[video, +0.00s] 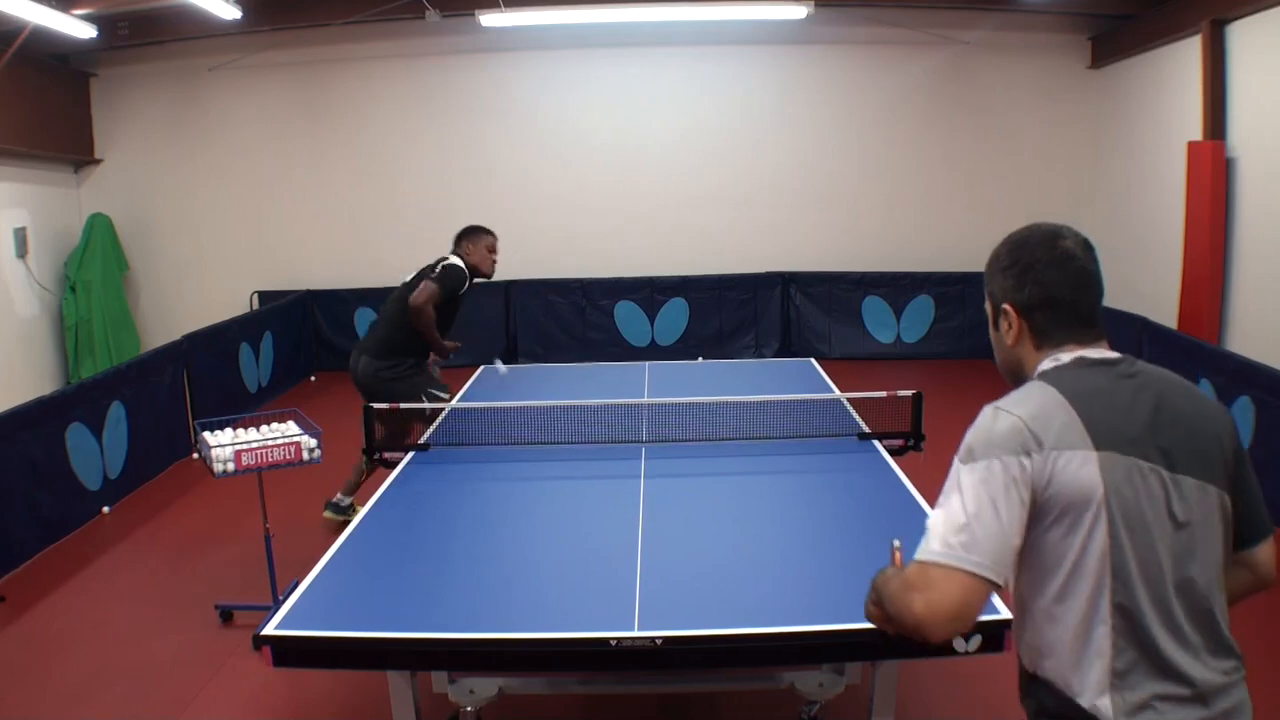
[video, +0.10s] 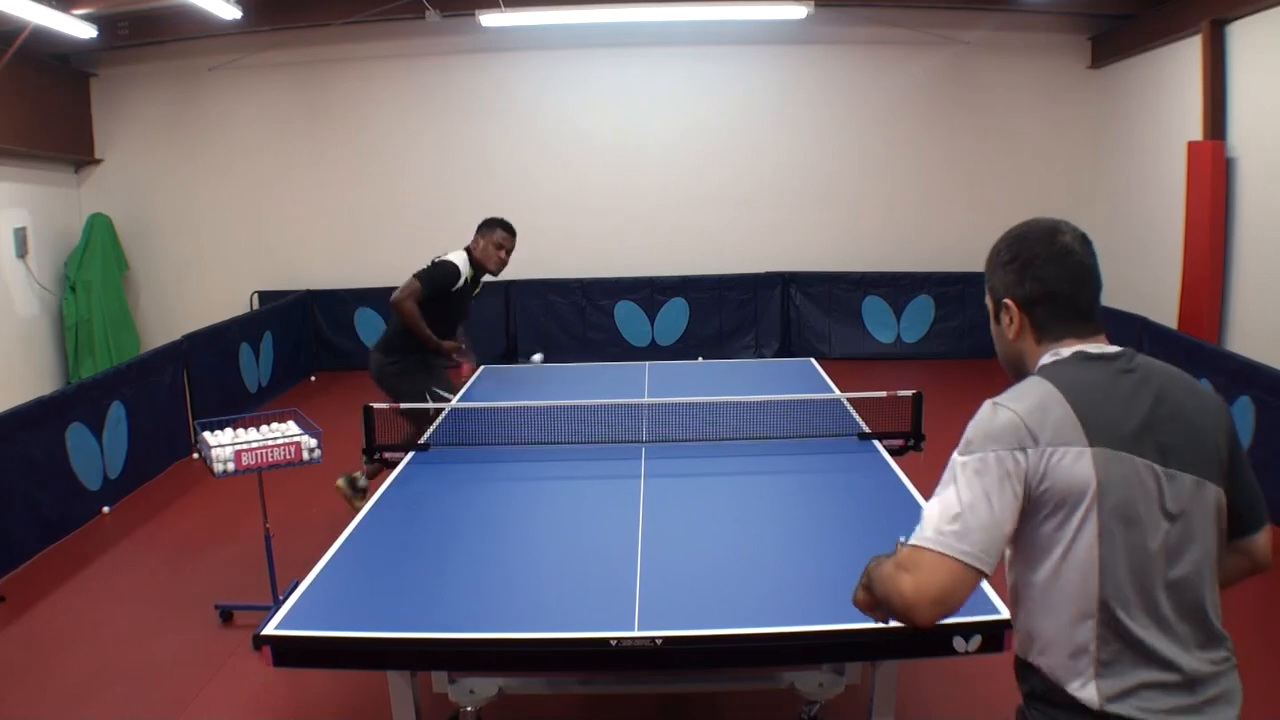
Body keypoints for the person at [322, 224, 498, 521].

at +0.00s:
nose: (495, 258)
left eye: (496, 252)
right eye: (490, 250)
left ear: (464, 249)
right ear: (468, 247)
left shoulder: (440, 266)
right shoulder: (455, 270)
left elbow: (406, 306)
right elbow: (419, 302)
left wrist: (423, 355)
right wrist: (440, 345)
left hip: (371, 362)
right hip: (392, 369)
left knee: (394, 433)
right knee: (454, 422)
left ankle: (342, 499)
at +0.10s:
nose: (505, 257)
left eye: (509, 252)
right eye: (500, 248)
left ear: (511, 253)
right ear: (477, 243)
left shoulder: (473, 276)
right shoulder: (451, 268)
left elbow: (455, 320)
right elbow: (401, 299)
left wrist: (464, 352)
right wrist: (437, 343)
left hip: (421, 361)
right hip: (397, 362)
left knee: (430, 429)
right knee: (451, 422)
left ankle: (362, 478)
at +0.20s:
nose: (505, 246)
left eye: (511, 241)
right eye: (499, 237)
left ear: (516, 241)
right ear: (480, 230)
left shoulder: (491, 263)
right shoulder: (449, 258)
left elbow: (477, 298)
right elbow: (396, 292)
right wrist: (437, 333)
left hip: (442, 349)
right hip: (412, 350)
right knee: (456, 412)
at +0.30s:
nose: (510, 233)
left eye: (517, 228)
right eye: (504, 224)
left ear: (523, 227)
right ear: (486, 216)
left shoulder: (507, 249)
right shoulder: (453, 246)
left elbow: (497, 280)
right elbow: (404, 283)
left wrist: (526, 314)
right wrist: (447, 318)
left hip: (464, 331)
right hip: (424, 329)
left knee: (475, 396)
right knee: (455, 404)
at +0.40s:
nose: (518, 232)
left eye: (525, 226)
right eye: (511, 224)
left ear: (530, 226)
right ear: (494, 218)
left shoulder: (521, 250)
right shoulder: (461, 246)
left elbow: (516, 277)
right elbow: (416, 283)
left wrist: (549, 306)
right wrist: (461, 315)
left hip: (482, 328)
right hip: (442, 329)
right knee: (459, 400)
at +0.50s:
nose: (529, 238)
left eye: (535, 232)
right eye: (521, 230)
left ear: (540, 233)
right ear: (503, 228)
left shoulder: (537, 262)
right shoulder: (470, 258)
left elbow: (543, 290)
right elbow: (427, 295)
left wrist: (576, 315)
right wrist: (472, 326)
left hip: (504, 339)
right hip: (463, 342)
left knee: (534, 386)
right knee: (476, 402)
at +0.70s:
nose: (560, 226)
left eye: (566, 220)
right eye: (553, 218)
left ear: (571, 222)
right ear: (536, 216)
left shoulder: (571, 255)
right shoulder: (503, 246)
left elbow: (577, 292)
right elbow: (460, 280)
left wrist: (601, 320)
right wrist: (498, 312)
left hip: (544, 339)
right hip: (500, 339)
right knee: (499, 408)